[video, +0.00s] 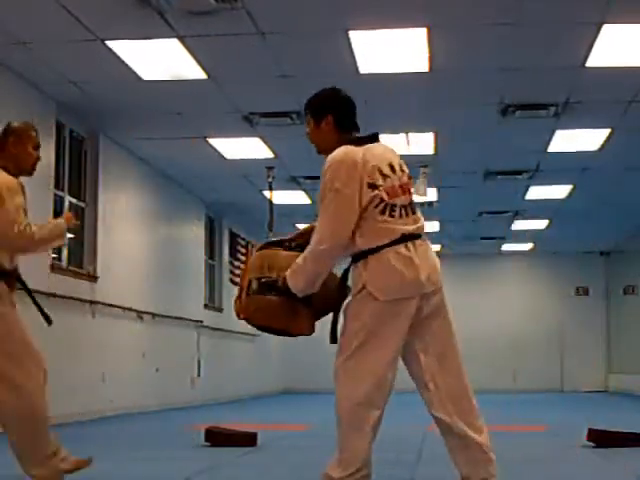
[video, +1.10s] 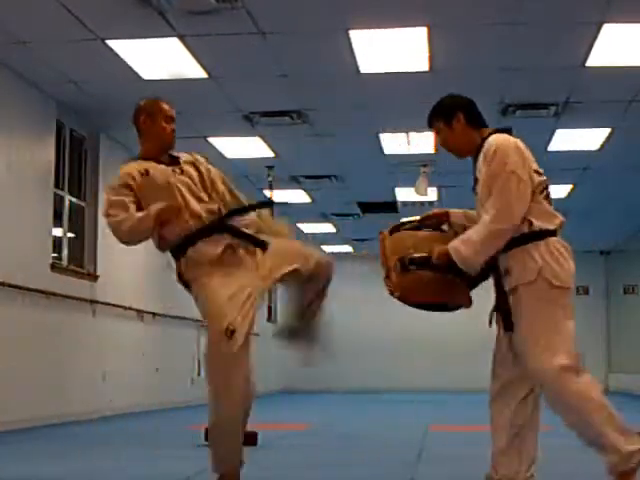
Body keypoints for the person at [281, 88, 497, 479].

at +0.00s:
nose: (309, 135)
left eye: (310, 126)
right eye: (308, 127)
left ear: (328, 122)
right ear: (346, 122)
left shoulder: (342, 161)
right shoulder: (387, 154)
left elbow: (333, 237)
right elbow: (372, 216)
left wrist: (297, 280)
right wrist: (316, 233)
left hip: (383, 272)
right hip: (423, 264)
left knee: (359, 377)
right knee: (442, 375)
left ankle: (350, 470)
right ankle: (479, 469)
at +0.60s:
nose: (351, 146)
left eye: (352, 136)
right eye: (349, 137)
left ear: (372, 129)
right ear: (381, 130)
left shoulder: (392, 168)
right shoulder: (425, 166)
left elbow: (375, 237)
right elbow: (399, 231)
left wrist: (324, 242)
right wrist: (345, 232)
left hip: (406, 283)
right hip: (439, 277)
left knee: (357, 375)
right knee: (450, 386)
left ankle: (347, 469)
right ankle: (506, 468)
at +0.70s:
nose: (375, 141)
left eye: (376, 131)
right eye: (373, 133)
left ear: (396, 125)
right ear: (406, 126)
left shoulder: (426, 159)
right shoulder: (438, 159)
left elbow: (409, 223)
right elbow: (417, 232)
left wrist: (364, 215)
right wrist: (366, 233)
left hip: (437, 280)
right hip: (462, 278)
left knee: (392, 382)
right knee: (470, 391)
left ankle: (352, 471)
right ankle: (509, 472)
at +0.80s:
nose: (395, 142)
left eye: (396, 132)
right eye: (393, 135)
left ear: (416, 125)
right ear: (421, 127)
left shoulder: (451, 153)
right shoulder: (442, 163)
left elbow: (442, 214)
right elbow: (439, 239)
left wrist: (392, 217)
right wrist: (393, 257)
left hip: (470, 271)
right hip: (483, 270)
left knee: (426, 369)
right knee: (481, 385)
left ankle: (403, 467)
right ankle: (508, 471)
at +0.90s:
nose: (410, 144)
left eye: (410, 134)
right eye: (406, 136)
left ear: (428, 125)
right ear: (434, 125)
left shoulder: (469, 149)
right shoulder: (460, 160)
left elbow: (466, 205)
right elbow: (463, 226)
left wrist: (405, 227)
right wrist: (413, 242)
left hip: (495, 266)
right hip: (500, 265)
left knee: (462, 363)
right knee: (499, 368)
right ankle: (509, 464)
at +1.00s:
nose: (426, 147)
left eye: (425, 137)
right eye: (422, 140)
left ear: (442, 123)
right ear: (444, 125)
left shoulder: (485, 146)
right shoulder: (470, 160)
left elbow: (488, 209)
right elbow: (480, 221)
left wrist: (434, 235)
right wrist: (433, 239)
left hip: (517, 263)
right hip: (499, 269)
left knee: (507, 368)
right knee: (496, 376)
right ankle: (509, 472)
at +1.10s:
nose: (441, 146)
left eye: (440, 135)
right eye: (437, 138)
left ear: (459, 121)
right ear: (460, 123)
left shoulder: (502, 148)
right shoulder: (488, 158)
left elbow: (503, 218)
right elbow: (498, 220)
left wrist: (451, 255)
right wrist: (451, 218)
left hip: (539, 263)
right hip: (516, 270)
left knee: (549, 365)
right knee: (511, 381)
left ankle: (628, 457)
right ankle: (510, 473)